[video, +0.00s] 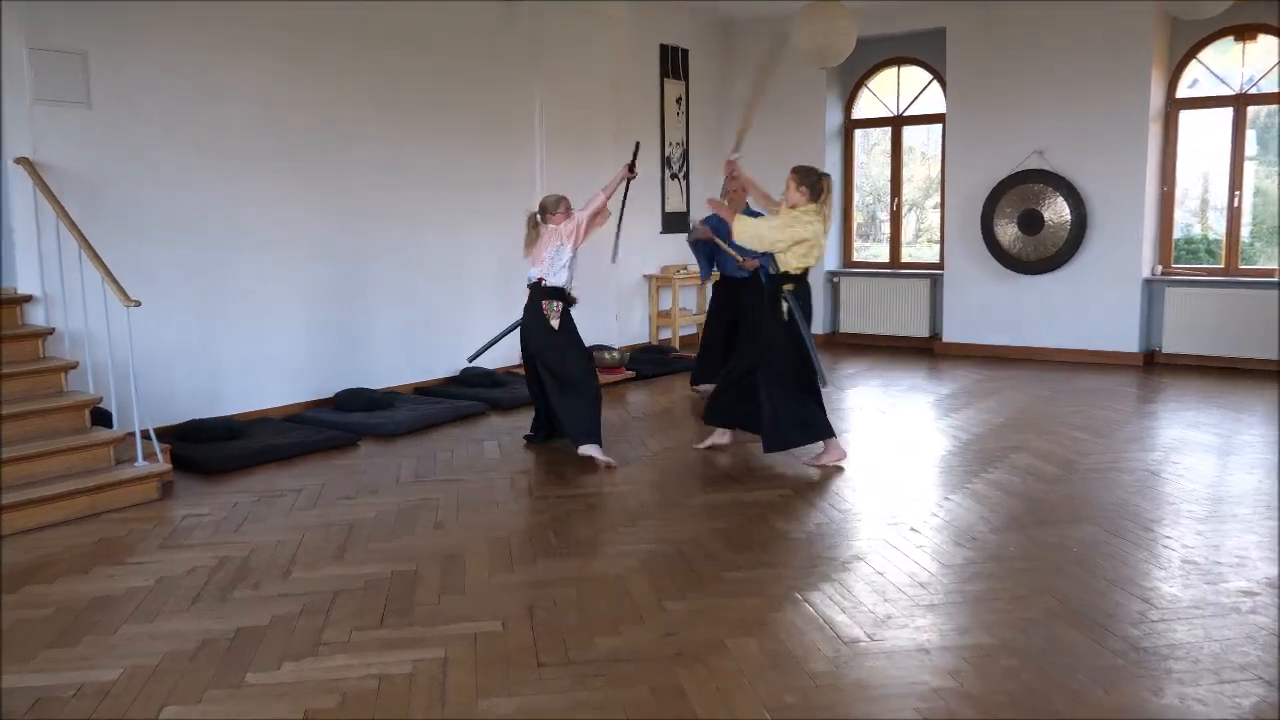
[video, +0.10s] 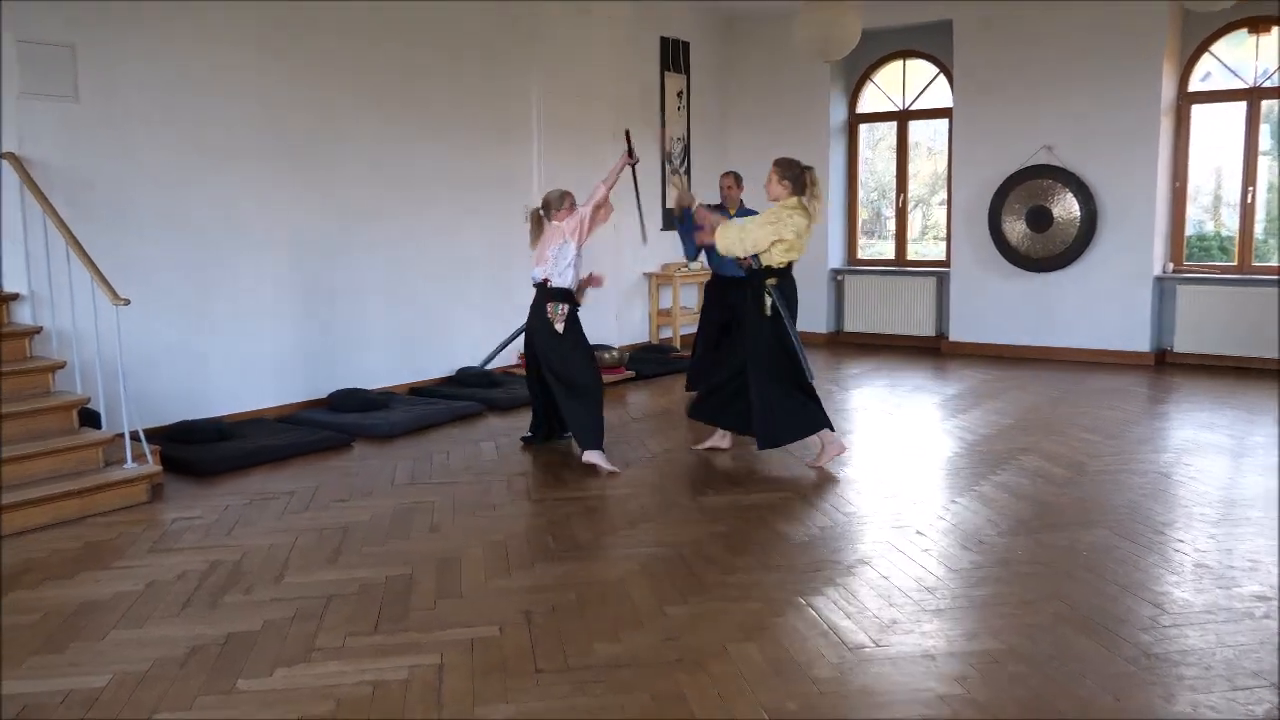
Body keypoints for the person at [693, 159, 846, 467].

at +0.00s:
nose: (784, 191)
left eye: (789, 187)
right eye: (787, 187)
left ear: (804, 193)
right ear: (806, 192)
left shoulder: (804, 224)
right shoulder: (801, 214)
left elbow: (754, 234)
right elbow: (769, 204)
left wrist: (725, 212)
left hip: (787, 297)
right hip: (774, 293)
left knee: (795, 370)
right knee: (745, 359)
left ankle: (832, 444)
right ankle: (724, 428)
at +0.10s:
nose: (765, 184)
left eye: (769, 179)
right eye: (767, 179)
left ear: (782, 184)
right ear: (791, 186)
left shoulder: (783, 217)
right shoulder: (792, 213)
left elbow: (740, 241)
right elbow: (752, 228)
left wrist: (714, 233)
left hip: (769, 291)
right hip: (770, 288)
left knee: (778, 367)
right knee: (738, 359)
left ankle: (829, 438)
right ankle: (723, 431)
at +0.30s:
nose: (733, 180)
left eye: (737, 176)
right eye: (734, 175)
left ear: (751, 180)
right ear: (759, 180)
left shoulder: (755, 211)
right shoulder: (765, 208)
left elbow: (737, 254)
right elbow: (739, 252)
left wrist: (710, 287)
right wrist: (715, 285)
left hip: (753, 291)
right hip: (757, 288)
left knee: (758, 369)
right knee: (729, 359)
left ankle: (811, 445)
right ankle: (726, 435)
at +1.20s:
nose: (735, 162)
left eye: (738, 154)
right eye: (734, 155)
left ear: (758, 149)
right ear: (760, 151)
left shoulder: (785, 182)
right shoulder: (771, 184)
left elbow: (779, 251)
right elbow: (762, 250)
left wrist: (759, 300)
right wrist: (743, 301)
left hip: (806, 288)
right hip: (784, 289)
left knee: (812, 378)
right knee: (741, 361)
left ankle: (856, 470)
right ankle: (742, 453)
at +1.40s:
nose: (768, 156)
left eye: (770, 147)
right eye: (767, 147)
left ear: (790, 141)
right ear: (794, 141)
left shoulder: (815, 175)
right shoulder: (817, 170)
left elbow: (810, 247)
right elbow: (804, 244)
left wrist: (787, 299)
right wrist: (780, 298)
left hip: (844, 283)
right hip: (831, 280)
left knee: (845, 380)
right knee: (782, 364)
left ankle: (866, 483)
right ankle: (766, 453)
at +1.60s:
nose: (803, 146)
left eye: (806, 137)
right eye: (803, 137)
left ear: (826, 136)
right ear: (837, 135)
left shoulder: (844, 175)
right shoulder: (867, 167)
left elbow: (849, 255)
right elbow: (845, 253)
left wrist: (823, 311)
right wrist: (821, 308)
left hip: (877, 291)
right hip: (902, 284)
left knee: (838, 388)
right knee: (885, 383)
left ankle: (869, 490)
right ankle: (884, 485)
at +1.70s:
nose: (818, 143)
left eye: (821, 135)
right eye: (818, 134)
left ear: (843, 135)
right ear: (854, 134)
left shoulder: (859, 175)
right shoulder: (883, 164)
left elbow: (864, 257)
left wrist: (839, 313)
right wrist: (847, 308)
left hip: (892, 288)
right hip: (918, 279)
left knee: (842, 383)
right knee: (894, 379)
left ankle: (869, 492)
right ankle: (901, 478)